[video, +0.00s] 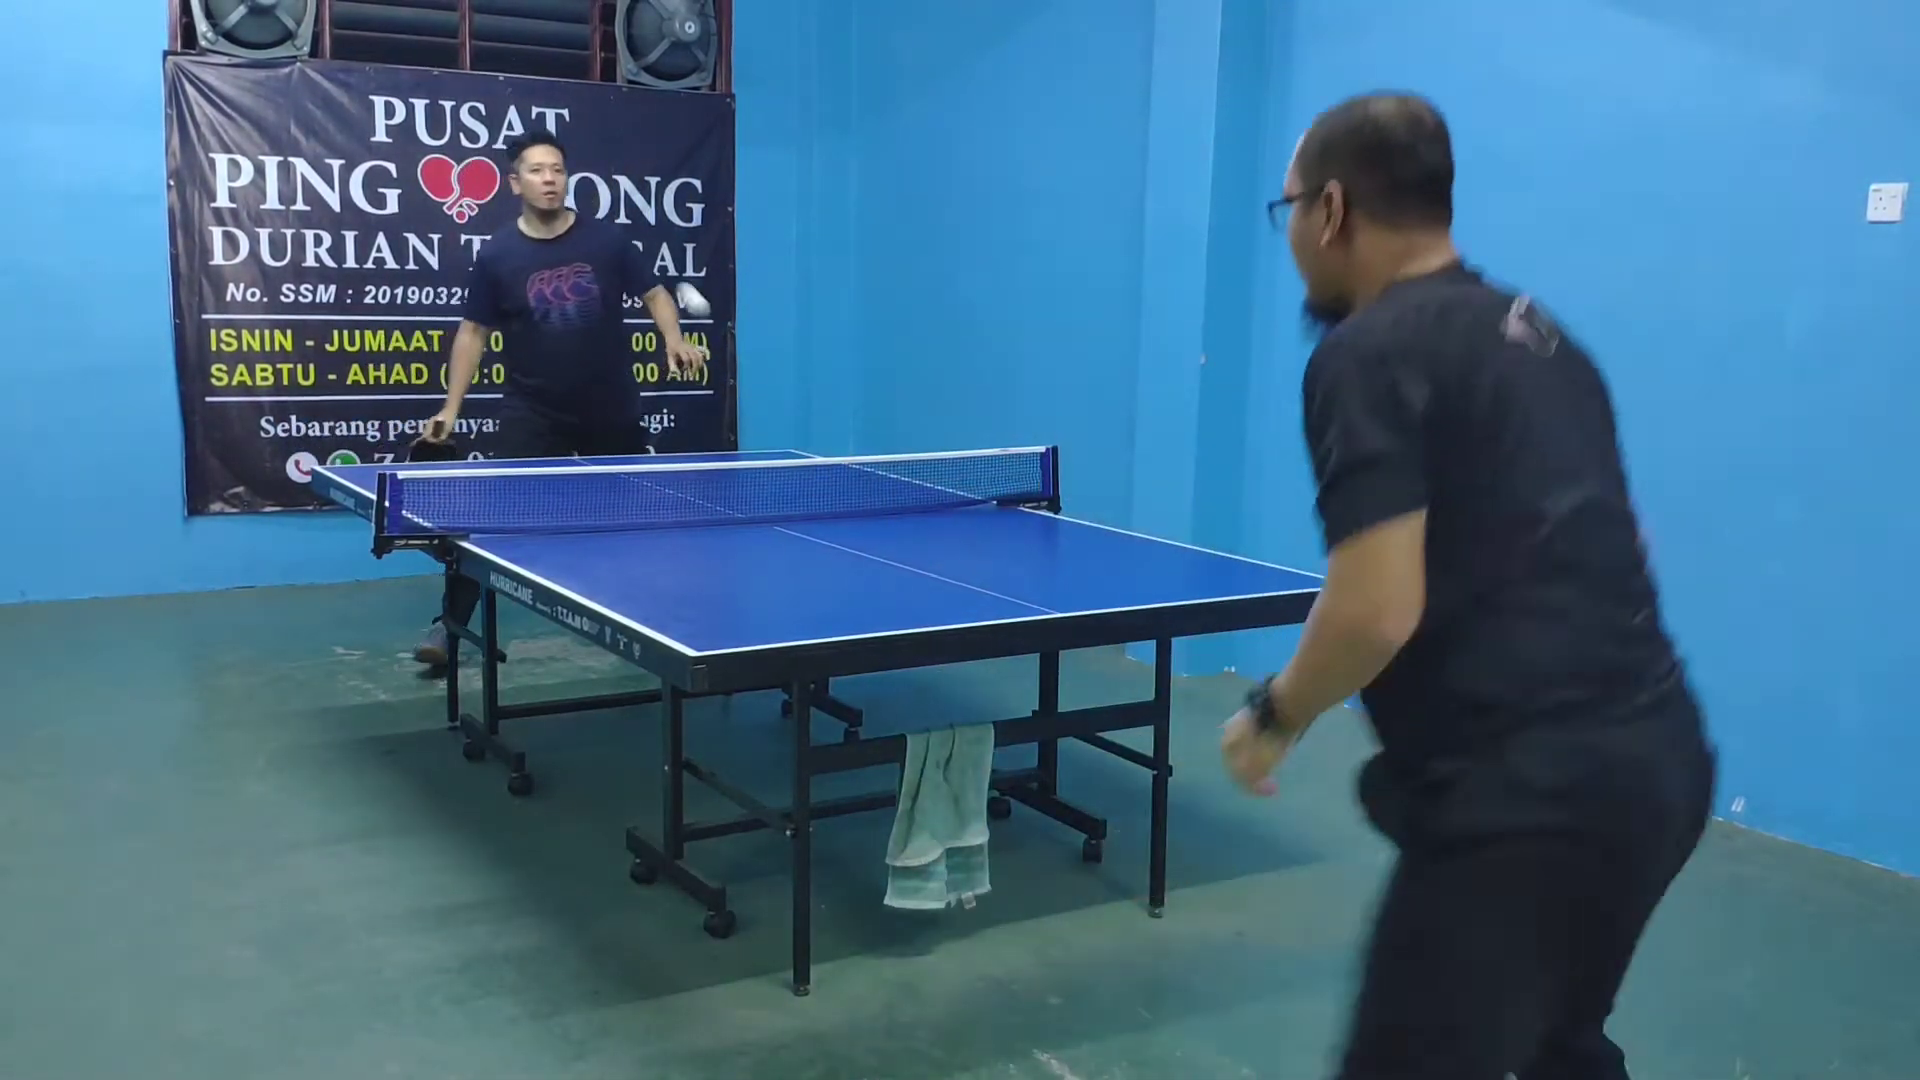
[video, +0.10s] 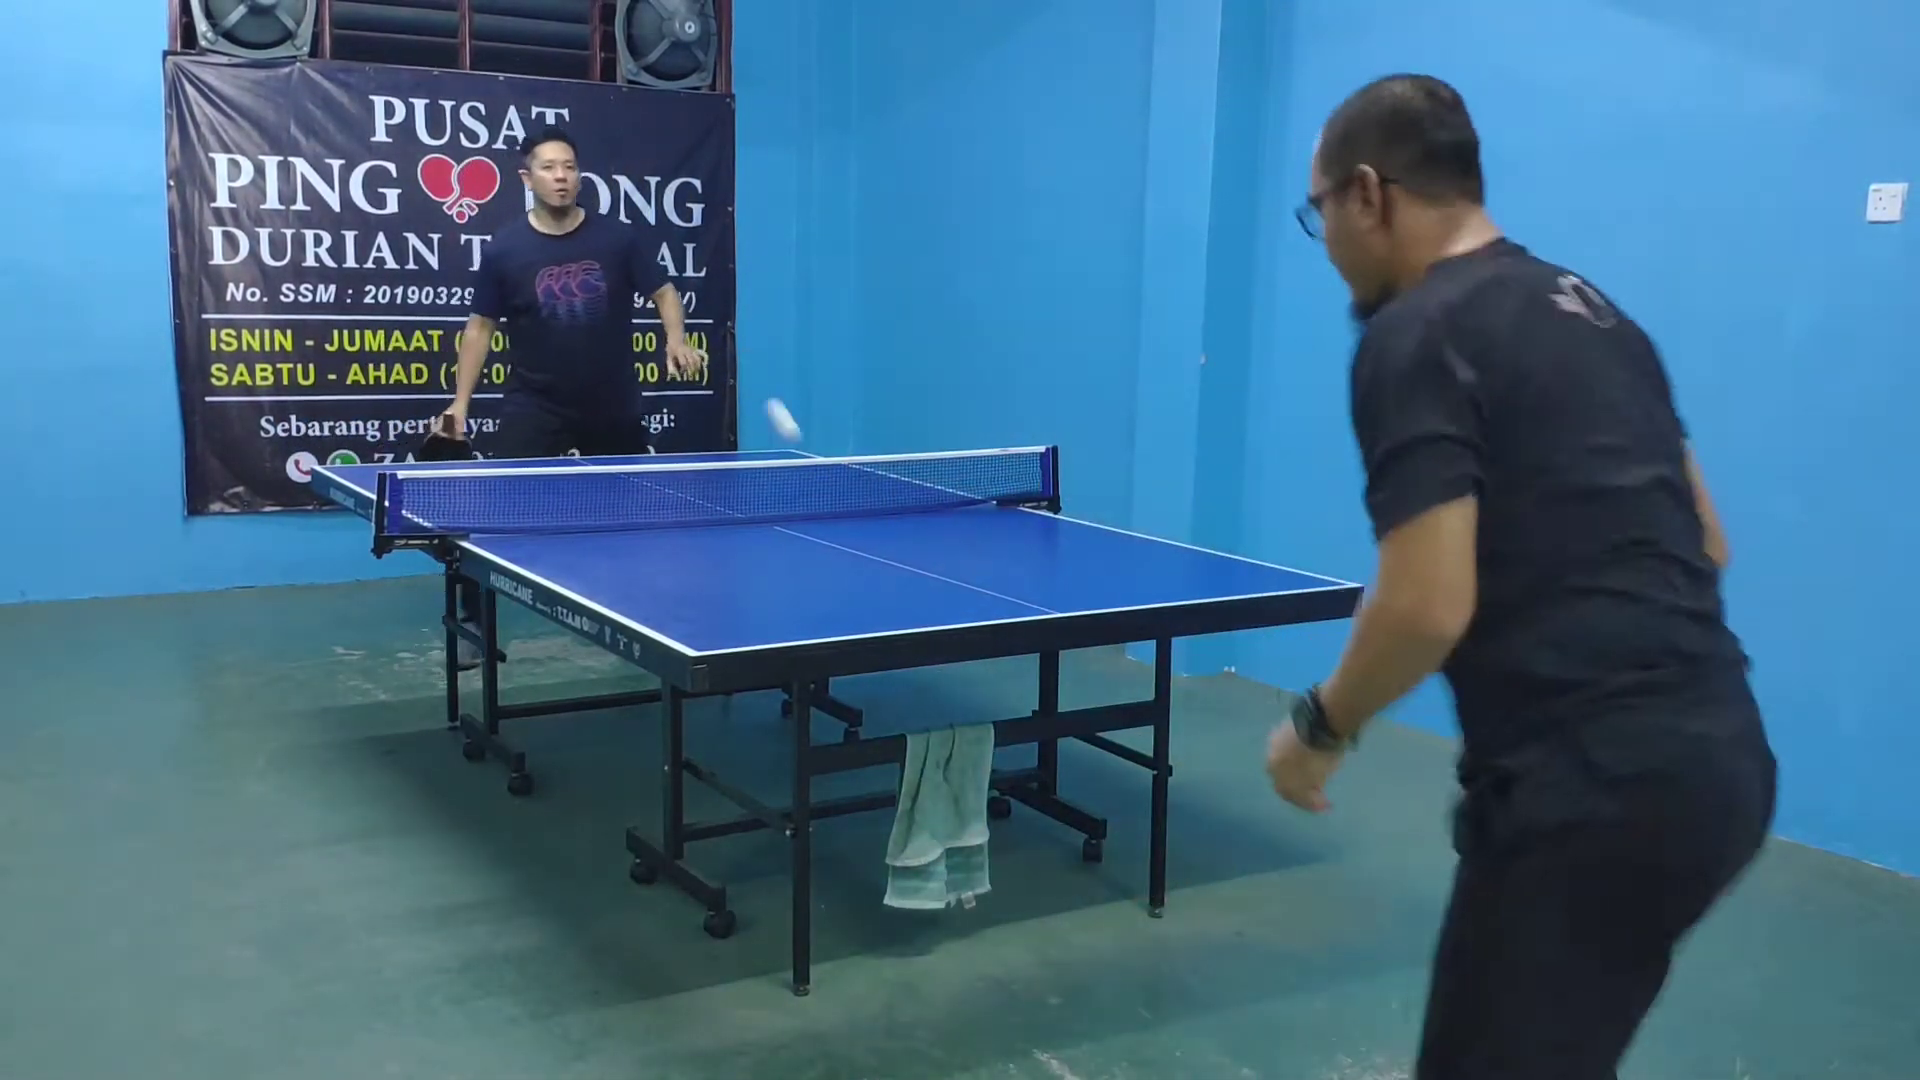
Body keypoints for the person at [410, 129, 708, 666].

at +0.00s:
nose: (549, 179)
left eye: (556, 169)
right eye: (536, 170)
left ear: (568, 178)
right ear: (515, 182)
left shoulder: (606, 239)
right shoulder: (498, 254)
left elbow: (654, 293)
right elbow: (472, 332)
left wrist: (674, 340)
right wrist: (450, 409)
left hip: (610, 408)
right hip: (534, 412)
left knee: (645, 511)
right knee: (491, 509)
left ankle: (674, 633)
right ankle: (448, 631)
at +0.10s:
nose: (561, 176)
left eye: (568, 166)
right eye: (549, 167)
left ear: (580, 174)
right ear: (527, 176)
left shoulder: (618, 236)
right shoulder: (506, 249)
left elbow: (663, 292)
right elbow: (479, 329)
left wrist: (676, 339)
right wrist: (459, 406)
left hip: (612, 405)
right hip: (536, 408)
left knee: (640, 506)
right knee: (502, 501)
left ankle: (649, 617)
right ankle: (475, 611)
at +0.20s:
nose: (565, 175)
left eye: (572, 165)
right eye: (553, 166)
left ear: (583, 173)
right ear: (530, 175)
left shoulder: (619, 237)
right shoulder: (507, 246)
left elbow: (664, 295)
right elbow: (479, 324)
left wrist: (676, 350)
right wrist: (462, 397)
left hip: (610, 407)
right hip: (534, 410)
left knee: (625, 514)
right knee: (513, 515)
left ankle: (638, 626)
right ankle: (496, 627)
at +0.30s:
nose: (562, 174)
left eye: (570, 164)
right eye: (550, 164)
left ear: (581, 172)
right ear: (528, 171)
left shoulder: (613, 237)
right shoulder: (501, 244)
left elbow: (654, 299)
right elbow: (475, 323)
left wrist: (670, 366)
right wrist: (461, 396)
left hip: (605, 407)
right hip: (528, 409)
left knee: (624, 513)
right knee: (506, 514)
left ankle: (633, 623)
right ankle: (496, 625)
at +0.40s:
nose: (560, 171)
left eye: (568, 161)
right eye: (548, 161)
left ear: (577, 170)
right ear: (525, 169)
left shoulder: (608, 235)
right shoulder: (496, 242)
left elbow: (643, 305)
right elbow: (473, 321)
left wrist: (665, 378)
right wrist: (461, 395)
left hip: (607, 404)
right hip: (528, 408)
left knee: (639, 508)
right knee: (505, 515)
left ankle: (650, 626)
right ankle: (495, 627)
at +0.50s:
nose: (562, 171)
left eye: (570, 161)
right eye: (550, 161)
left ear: (581, 169)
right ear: (529, 169)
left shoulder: (613, 236)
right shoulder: (500, 240)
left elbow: (645, 307)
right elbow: (472, 320)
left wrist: (668, 379)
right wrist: (459, 393)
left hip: (611, 403)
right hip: (532, 408)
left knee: (638, 510)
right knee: (512, 516)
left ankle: (649, 627)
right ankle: (495, 627)